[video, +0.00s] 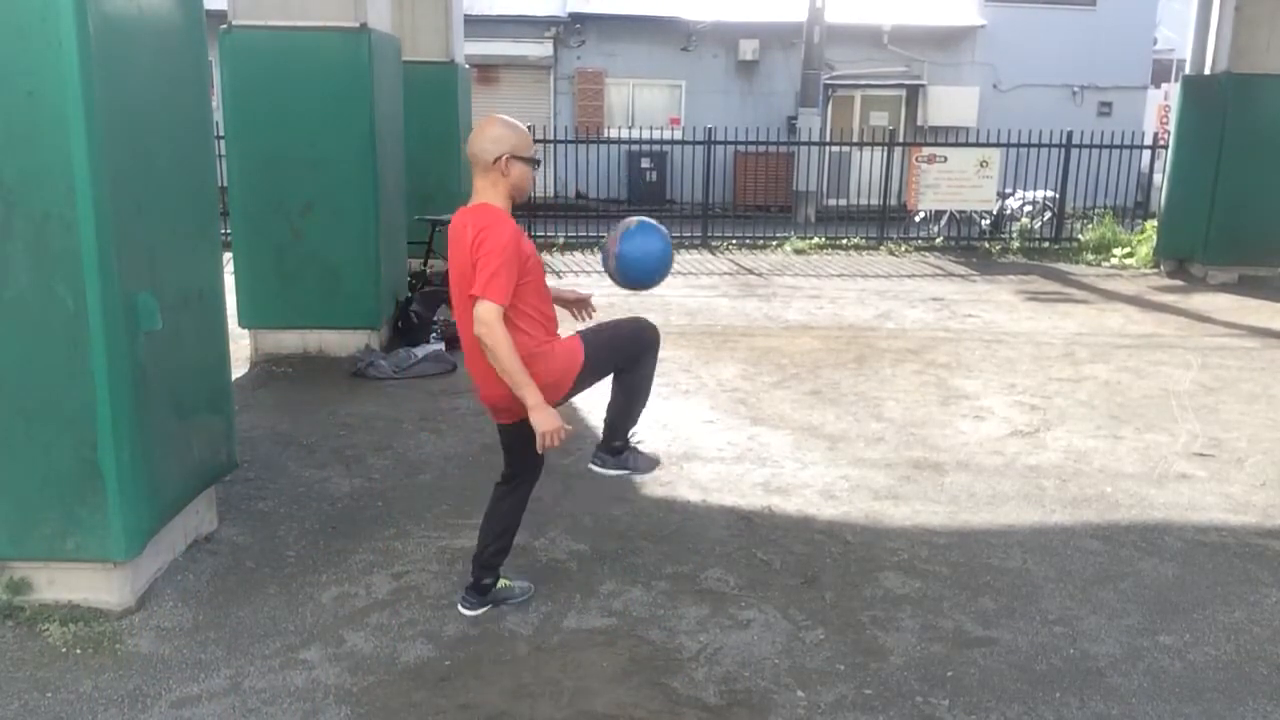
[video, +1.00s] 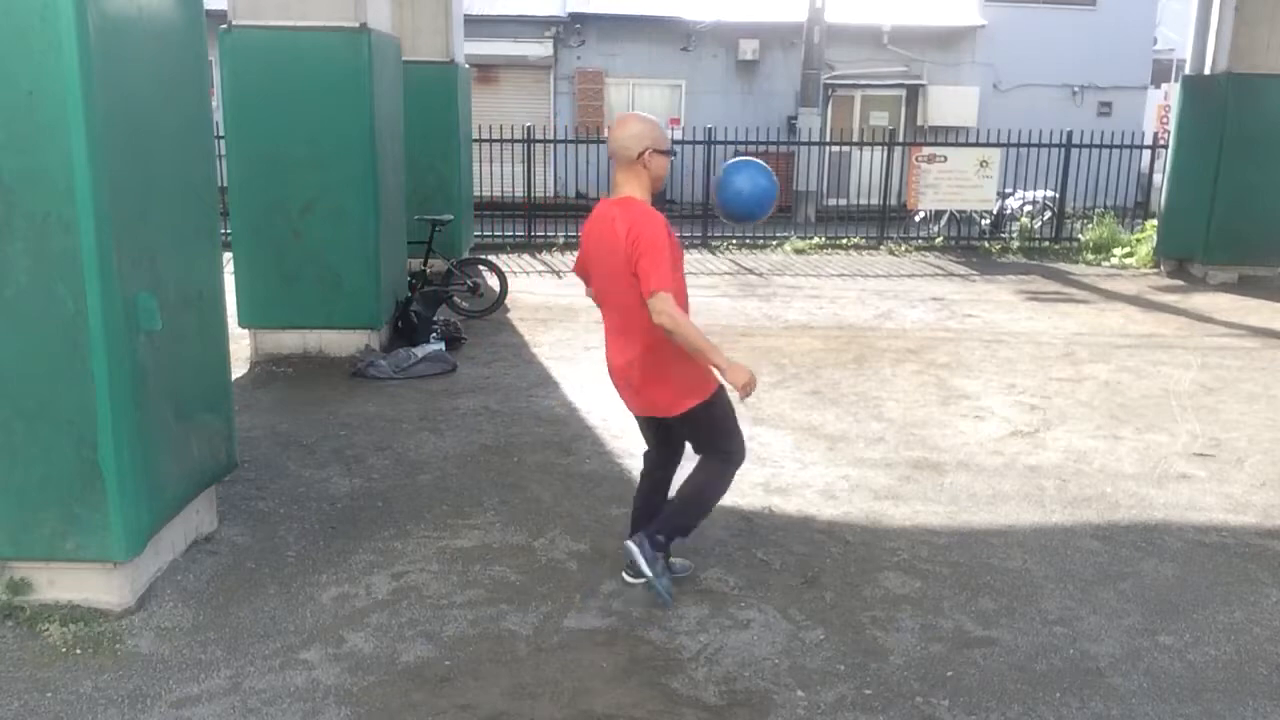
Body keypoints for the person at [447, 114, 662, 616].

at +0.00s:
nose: (535, 173)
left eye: (533, 163)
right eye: (530, 162)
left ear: (491, 166)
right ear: (505, 166)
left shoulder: (464, 222)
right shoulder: (501, 232)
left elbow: (501, 282)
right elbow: (487, 322)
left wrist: (554, 294)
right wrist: (535, 404)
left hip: (499, 385)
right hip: (535, 380)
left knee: (520, 471)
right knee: (641, 335)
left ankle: (481, 586)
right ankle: (614, 448)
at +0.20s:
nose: (553, 157)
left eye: (550, 147)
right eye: (547, 148)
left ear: (507, 157)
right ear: (523, 155)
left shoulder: (487, 213)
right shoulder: (525, 222)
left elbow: (516, 271)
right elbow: (516, 316)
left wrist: (572, 281)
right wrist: (547, 404)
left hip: (515, 376)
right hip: (558, 373)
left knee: (516, 475)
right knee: (659, 410)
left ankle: (481, 586)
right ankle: (622, 519)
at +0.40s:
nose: (592, 161)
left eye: (590, 151)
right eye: (588, 152)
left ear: (542, 160)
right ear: (570, 158)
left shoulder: (521, 219)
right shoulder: (572, 230)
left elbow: (508, 285)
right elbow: (585, 321)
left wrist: (558, 318)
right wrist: (634, 395)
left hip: (560, 381)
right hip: (594, 388)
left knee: (597, 462)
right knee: (638, 482)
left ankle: (518, 543)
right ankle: (612, 595)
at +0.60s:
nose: (620, 165)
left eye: (619, 156)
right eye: (618, 156)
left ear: (566, 159)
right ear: (604, 160)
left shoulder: (540, 226)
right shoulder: (611, 230)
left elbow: (522, 304)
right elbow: (642, 315)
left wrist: (537, 368)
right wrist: (709, 356)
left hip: (600, 357)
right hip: (636, 366)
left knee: (709, 314)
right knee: (644, 485)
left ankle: (679, 421)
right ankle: (610, 594)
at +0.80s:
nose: (642, 156)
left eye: (639, 146)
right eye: (637, 148)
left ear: (589, 157)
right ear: (620, 155)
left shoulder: (566, 222)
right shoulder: (635, 224)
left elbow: (551, 299)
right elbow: (662, 306)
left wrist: (567, 362)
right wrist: (729, 346)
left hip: (618, 357)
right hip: (653, 364)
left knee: (713, 356)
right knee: (648, 482)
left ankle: (683, 450)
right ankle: (610, 594)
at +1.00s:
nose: (669, 164)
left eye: (668, 155)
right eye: (666, 155)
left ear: (622, 160)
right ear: (646, 159)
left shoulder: (597, 221)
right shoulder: (648, 224)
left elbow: (595, 288)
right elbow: (664, 310)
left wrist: (640, 314)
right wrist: (726, 363)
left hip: (631, 368)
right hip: (669, 369)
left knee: (663, 450)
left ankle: (643, 553)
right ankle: (655, 541)